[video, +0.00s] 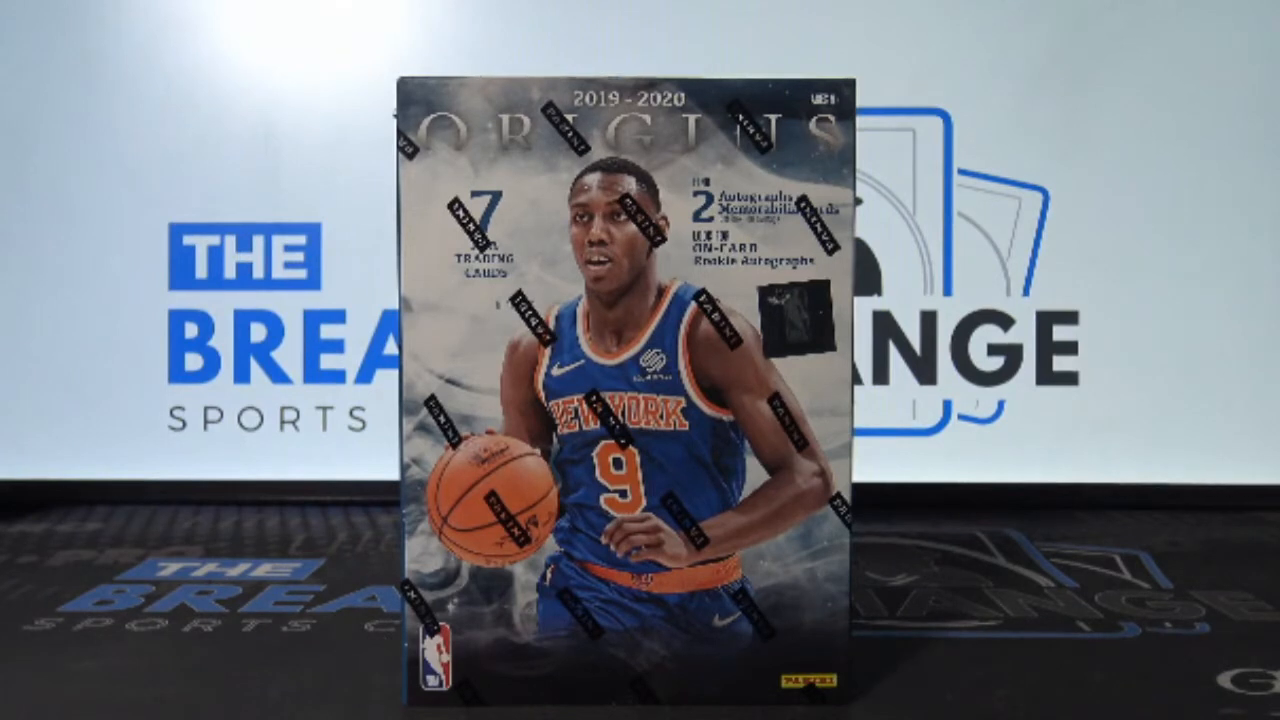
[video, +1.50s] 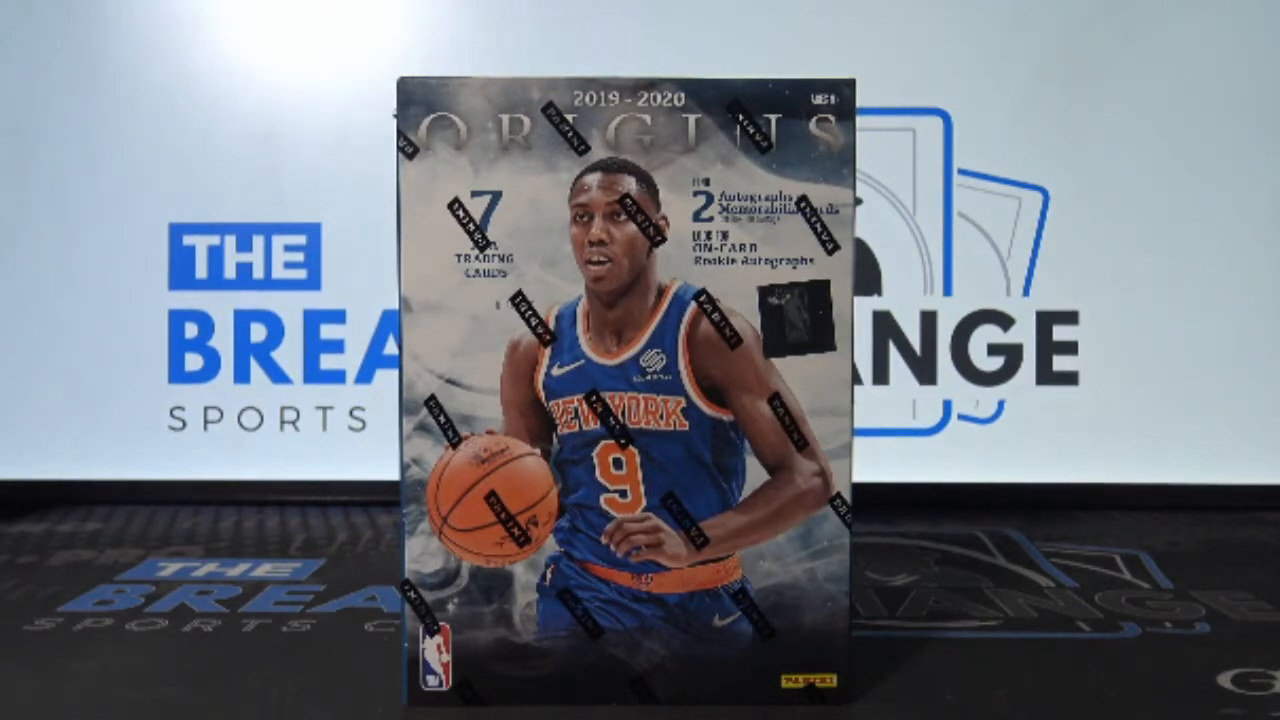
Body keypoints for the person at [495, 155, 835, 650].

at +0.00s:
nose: (595, 234)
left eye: (617, 216)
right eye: (582, 218)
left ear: (657, 230)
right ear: (570, 231)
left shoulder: (712, 334)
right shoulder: (534, 352)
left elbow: (809, 476)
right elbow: (525, 486)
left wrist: (694, 544)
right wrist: (479, 469)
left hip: (697, 613)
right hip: (583, 606)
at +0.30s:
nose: (595, 234)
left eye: (617, 216)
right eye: (582, 218)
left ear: (657, 230)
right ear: (570, 231)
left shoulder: (712, 334)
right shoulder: (534, 352)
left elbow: (809, 476)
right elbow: (525, 486)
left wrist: (694, 544)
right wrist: (478, 468)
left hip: (697, 611)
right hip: (583, 604)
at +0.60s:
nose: (595, 234)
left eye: (617, 216)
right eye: (582, 218)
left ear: (657, 230)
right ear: (570, 231)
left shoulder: (712, 334)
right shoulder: (534, 352)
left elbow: (809, 476)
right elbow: (525, 486)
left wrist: (694, 543)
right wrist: (478, 469)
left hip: (697, 611)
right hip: (583, 604)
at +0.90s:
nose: (595, 234)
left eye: (617, 216)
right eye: (581, 218)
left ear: (657, 229)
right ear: (569, 231)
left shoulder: (712, 334)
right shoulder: (534, 352)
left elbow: (809, 475)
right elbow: (526, 488)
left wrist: (694, 543)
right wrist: (479, 468)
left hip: (697, 612)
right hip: (582, 604)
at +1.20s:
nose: (595, 235)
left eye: (617, 216)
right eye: (582, 218)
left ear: (657, 229)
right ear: (570, 231)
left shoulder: (712, 334)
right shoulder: (534, 352)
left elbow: (809, 476)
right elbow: (525, 488)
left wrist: (695, 543)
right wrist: (475, 473)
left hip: (697, 612)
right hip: (582, 605)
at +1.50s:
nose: (595, 235)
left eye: (617, 216)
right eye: (582, 218)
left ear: (657, 229)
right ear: (570, 231)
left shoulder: (712, 334)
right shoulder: (534, 352)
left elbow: (810, 475)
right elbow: (526, 488)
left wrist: (695, 543)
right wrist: (476, 472)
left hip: (697, 613)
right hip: (582, 606)